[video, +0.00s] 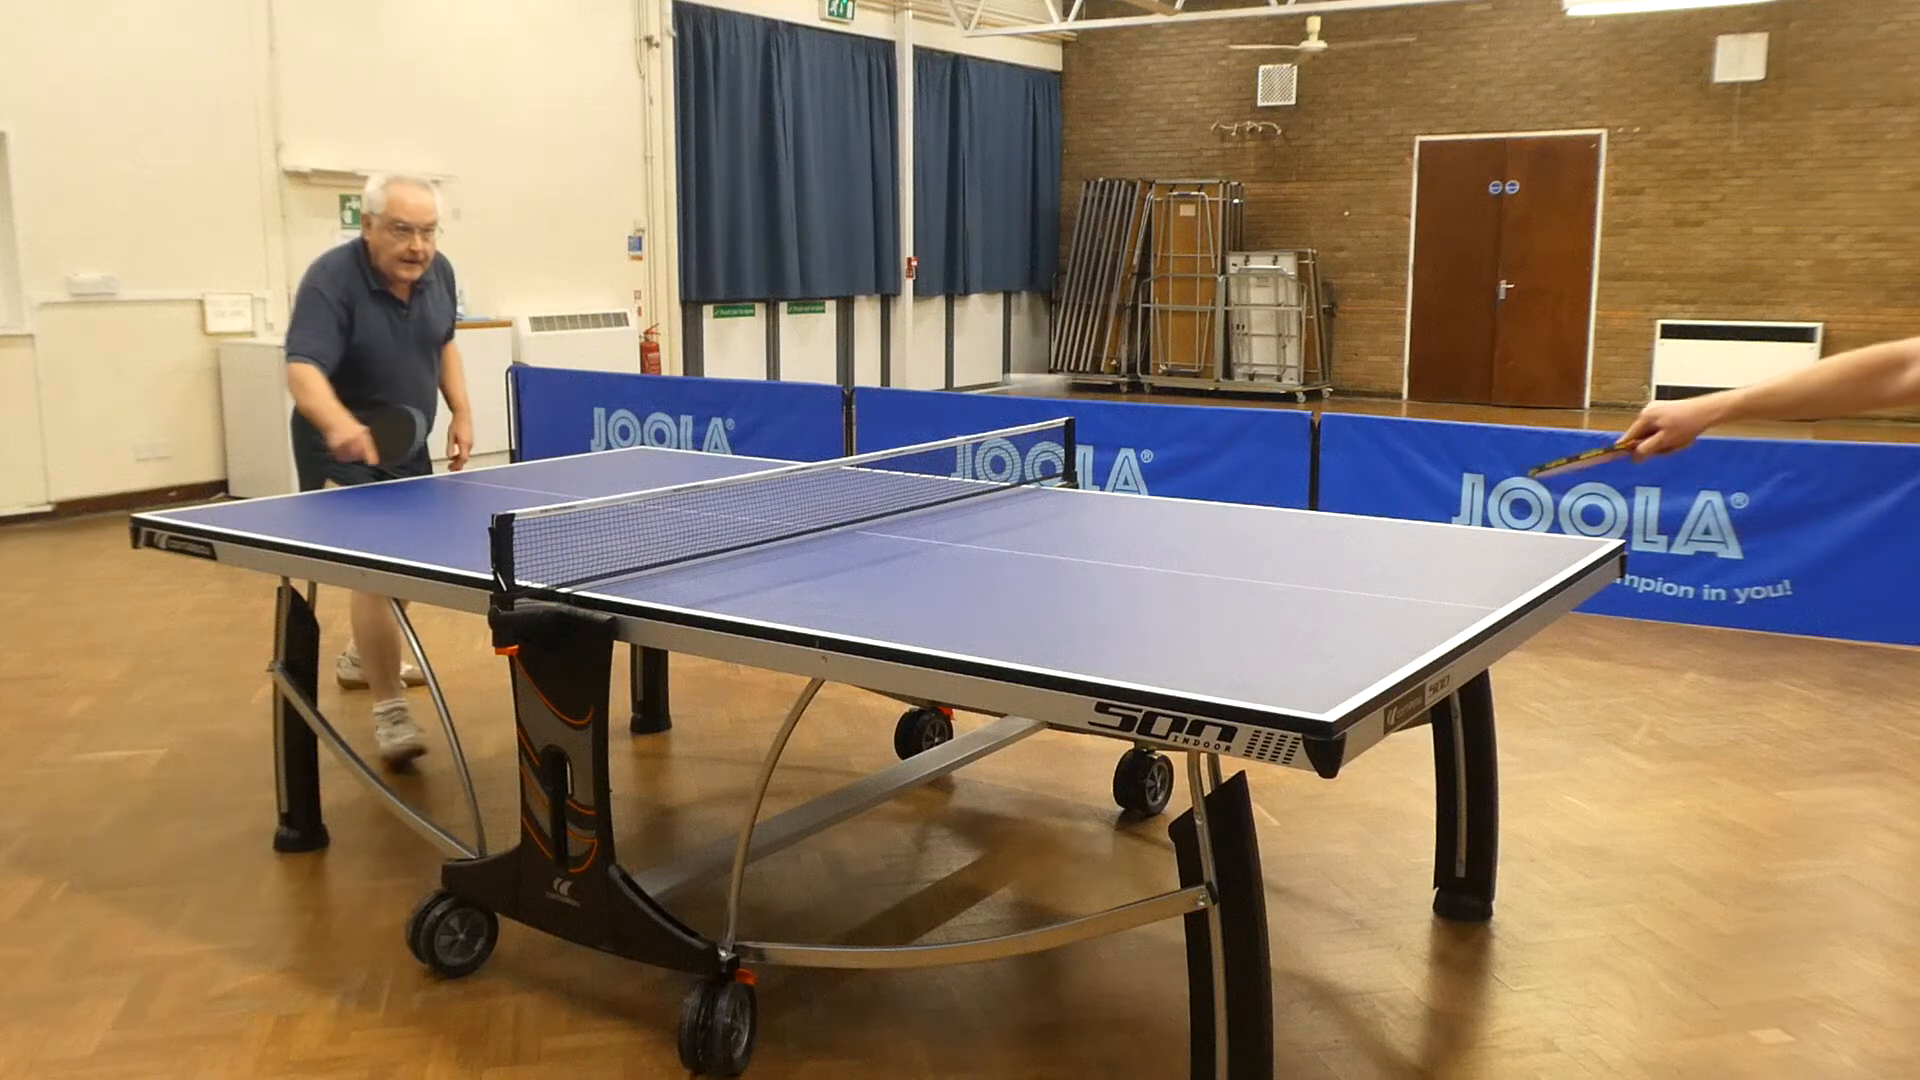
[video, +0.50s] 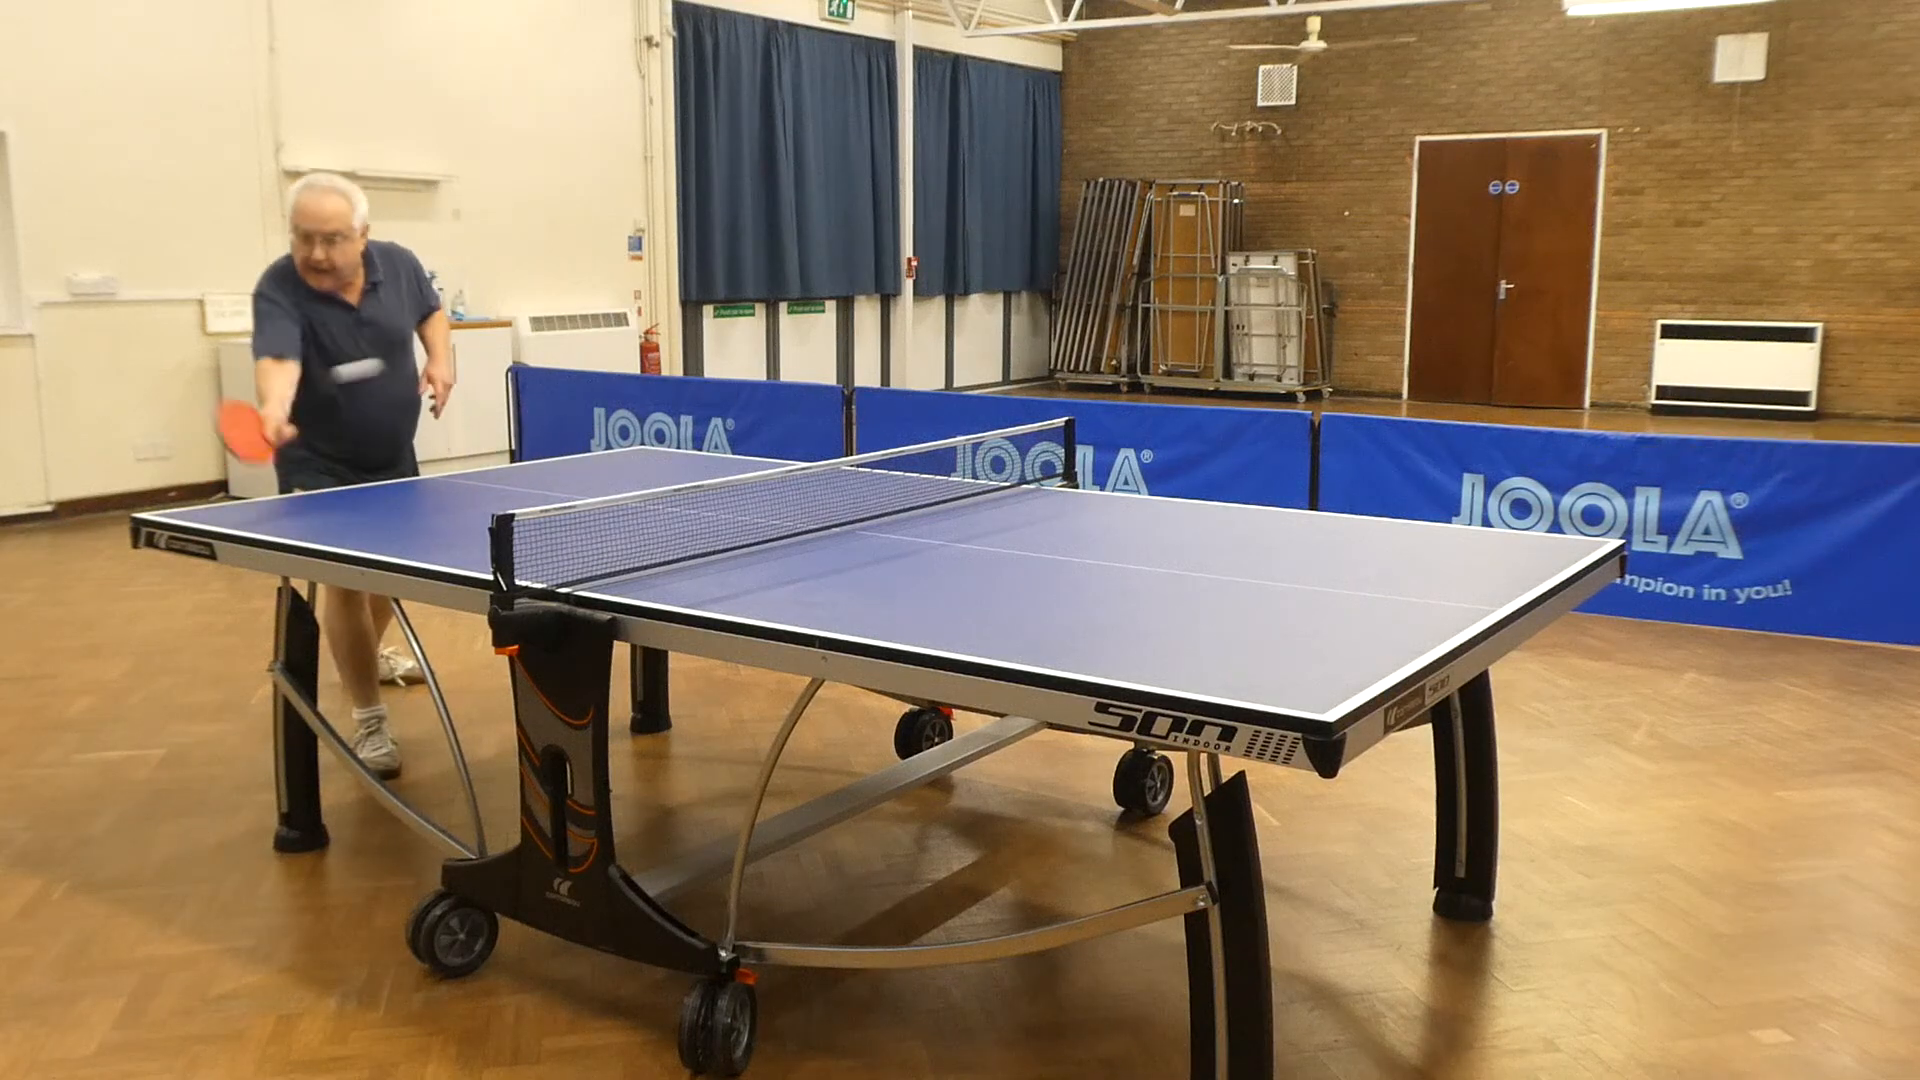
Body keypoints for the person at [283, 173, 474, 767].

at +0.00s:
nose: (416, 245)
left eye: (427, 231)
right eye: (401, 230)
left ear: (437, 230)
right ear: (369, 227)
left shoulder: (437, 273)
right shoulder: (332, 278)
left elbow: (444, 344)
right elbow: (301, 370)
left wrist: (462, 410)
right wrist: (337, 422)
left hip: (410, 449)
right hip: (343, 452)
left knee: (400, 559)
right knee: (373, 572)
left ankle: (363, 652)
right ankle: (391, 709)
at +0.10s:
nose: (402, 247)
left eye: (413, 233)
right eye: (387, 233)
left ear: (425, 230)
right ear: (355, 228)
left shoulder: (430, 272)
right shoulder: (320, 281)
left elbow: (443, 341)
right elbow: (278, 369)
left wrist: (464, 406)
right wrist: (288, 430)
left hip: (409, 457)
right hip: (342, 460)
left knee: (400, 567)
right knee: (364, 578)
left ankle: (369, 649)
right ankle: (374, 714)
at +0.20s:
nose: (381, 262)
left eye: (394, 247)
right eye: (366, 246)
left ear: (410, 239)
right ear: (339, 237)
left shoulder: (425, 278)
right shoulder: (304, 291)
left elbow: (437, 339)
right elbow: (263, 373)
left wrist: (461, 405)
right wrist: (241, 434)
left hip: (402, 456)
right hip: (330, 461)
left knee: (404, 563)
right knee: (365, 576)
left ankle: (368, 642)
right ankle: (374, 719)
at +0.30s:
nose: (348, 266)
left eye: (363, 252)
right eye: (335, 251)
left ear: (386, 243)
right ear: (316, 244)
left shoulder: (415, 276)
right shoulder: (290, 296)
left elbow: (436, 333)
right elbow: (265, 375)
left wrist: (454, 399)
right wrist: (240, 425)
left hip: (400, 457)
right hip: (326, 465)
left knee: (399, 565)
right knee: (357, 580)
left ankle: (374, 645)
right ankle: (371, 717)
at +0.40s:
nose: (322, 265)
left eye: (338, 251)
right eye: (310, 249)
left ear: (368, 244)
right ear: (297, 243)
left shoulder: (407, 273)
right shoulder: (285, 294)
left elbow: (436, 319)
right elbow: (273, 381)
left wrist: (448, 378)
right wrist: (256, 411)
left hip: (397, 456)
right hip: (323, 463)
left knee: (394, 565)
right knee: (350, 580)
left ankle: (374, 648)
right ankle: (369, 717)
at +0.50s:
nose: (317, 255)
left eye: (332, 240)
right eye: (304, 239)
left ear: (363, 233)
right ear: (290, 233)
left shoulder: (397, 264)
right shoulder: (280, 286)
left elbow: (432, 314)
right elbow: (276, 357)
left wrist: (440, 360)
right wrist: (274, 407)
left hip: (392, 457)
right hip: (318, 461)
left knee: (393, 570)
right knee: (345, 577)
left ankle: (367, 651)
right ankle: (369, 718)